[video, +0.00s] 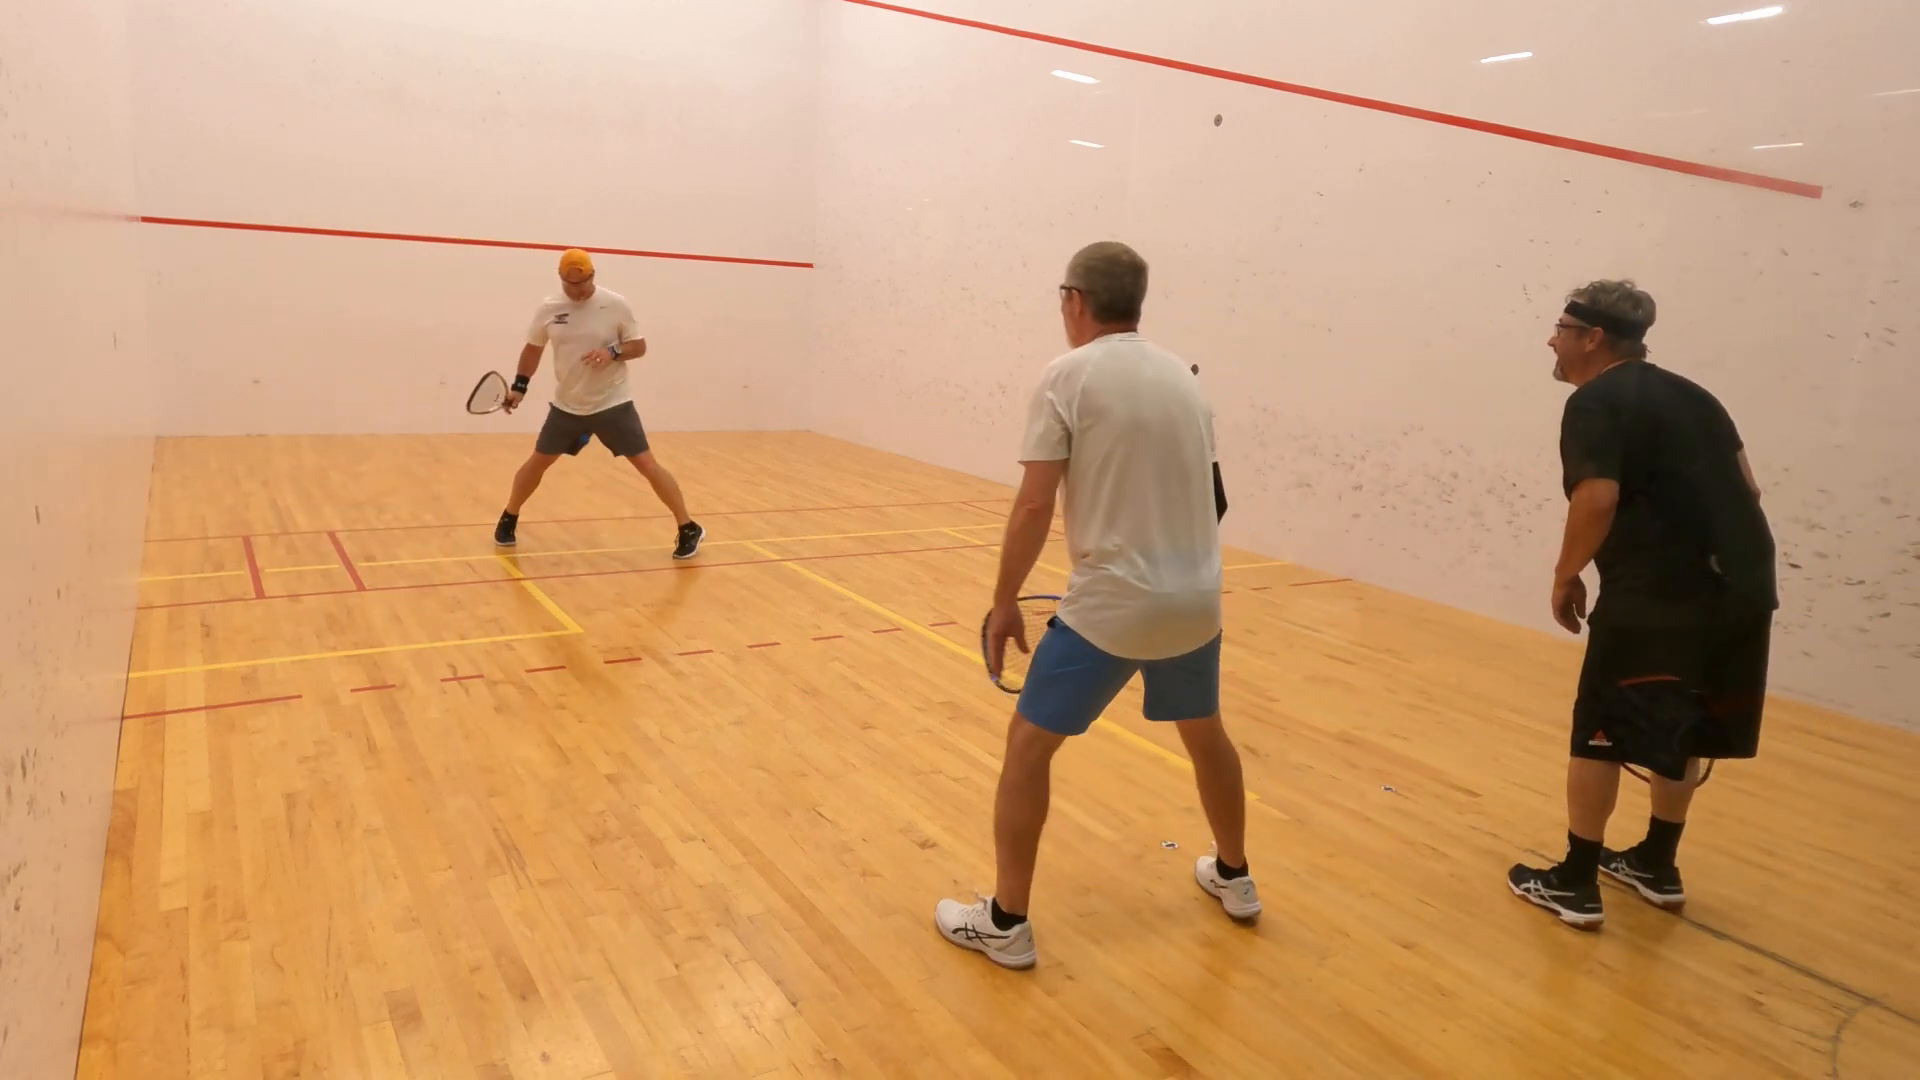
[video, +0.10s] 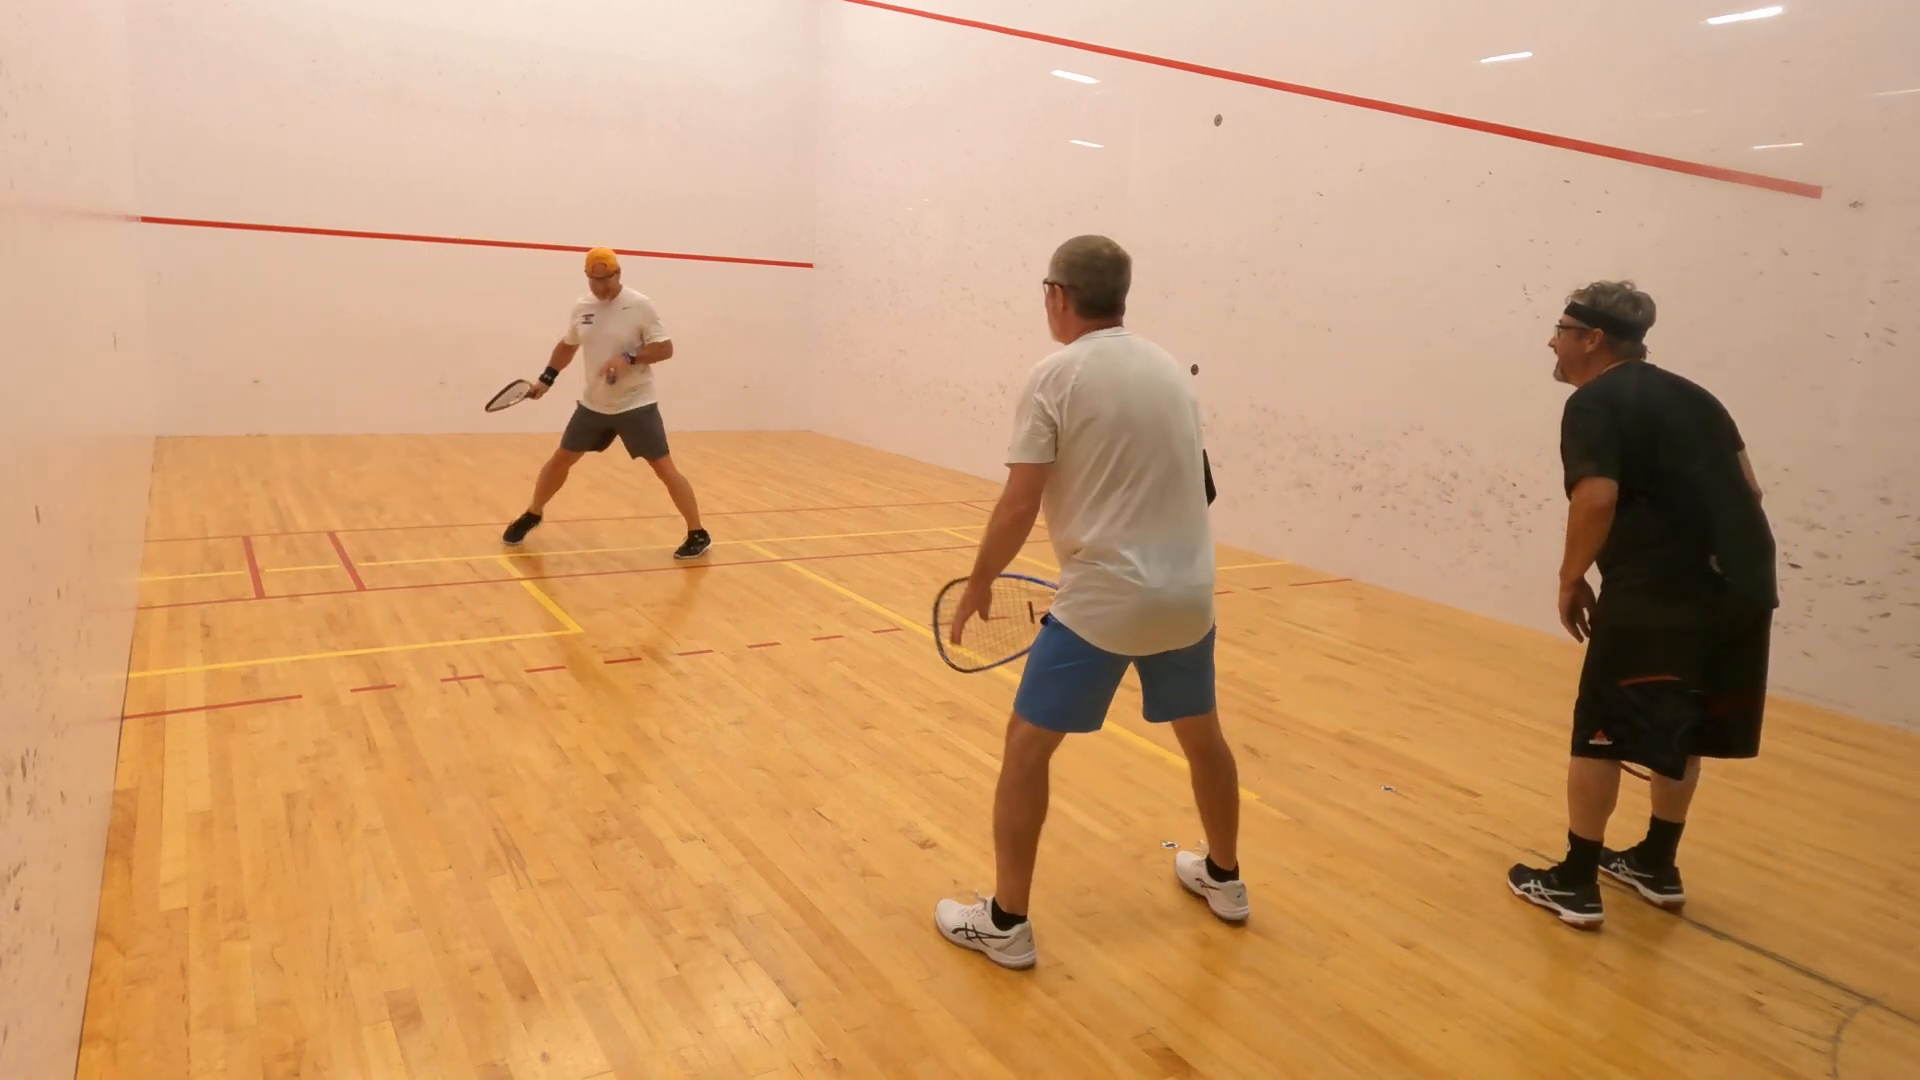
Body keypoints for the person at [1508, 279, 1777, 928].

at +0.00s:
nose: (1552, 340)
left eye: (1563, 330)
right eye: (1557, 328)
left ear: (1595, 339)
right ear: (1619, 342)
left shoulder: (1595, 401)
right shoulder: (1693, 397)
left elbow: (1596, 498)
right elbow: (1746, 492)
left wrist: (1566, 574)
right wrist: (1738, 579)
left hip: (1649, 599)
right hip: (1729, 601)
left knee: (1599, 726)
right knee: (1684, 724)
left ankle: (1577, 879)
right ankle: (1657, 862)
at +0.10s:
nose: (1552, 341)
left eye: (1563, 331)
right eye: (1557, 329)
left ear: (1595, 340)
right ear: (1619, 343)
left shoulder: (1593, 401)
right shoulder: (1694, 397)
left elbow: (1595, 497)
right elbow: (1747, 491)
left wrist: (1571, 578)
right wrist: (1738, 578)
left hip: (1651, 597)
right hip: (1730, 599)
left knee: (1599, 725)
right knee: (1682, 723)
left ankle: (1577, 878)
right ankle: (1657, 862)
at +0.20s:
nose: (1553, 340)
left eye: (1564, 330)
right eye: (1558, 328)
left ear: (1596, 340)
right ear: (1622, 343)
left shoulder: (1593, 403)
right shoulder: (1697, 398)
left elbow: (1596, 496)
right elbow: (1750, 491)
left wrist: (1578, 577)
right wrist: (1725, 574)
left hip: (1651, 594)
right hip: (1730, 598)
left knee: (1600, 724)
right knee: (1684, 722)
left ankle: (1577, 878)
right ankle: (1657, 862)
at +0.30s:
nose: (1555, 340)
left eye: (1566, 331)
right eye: (1560, 328)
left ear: (1597, 340)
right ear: (1622, 343)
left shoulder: (1594, 401)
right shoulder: (1699, 398)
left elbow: (1595, 492)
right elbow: (1751, 491)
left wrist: (1575, 568)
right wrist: (1727, 571)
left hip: (1654, 595)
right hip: (1735, 599)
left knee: (1600, 727)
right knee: (1685, 727)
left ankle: (1577, 878)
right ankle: (1657, 863)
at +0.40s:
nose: (1559, 340)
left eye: (1568, 330)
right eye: (1563, 328)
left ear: (1598, 338)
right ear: (1624, 341)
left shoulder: (1596, 400)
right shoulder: (1702, 397)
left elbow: (1592, 489)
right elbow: (1753, 493)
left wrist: (1570, 556)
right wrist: (1716, 563)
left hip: (1652, 593)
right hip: (1733, 598)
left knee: (1601, 721)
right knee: (1679, 723)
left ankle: (1578, 878)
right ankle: (1658, 864)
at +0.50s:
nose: (1564, 335)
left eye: (1574, 325)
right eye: (1569, 323)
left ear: (1605, 334)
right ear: (1629, 337)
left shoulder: (1598, 397)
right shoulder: (1709, 396)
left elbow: (1591, 485)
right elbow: (1755, 491)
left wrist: (1566, 551)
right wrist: (1721, 564)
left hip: (1644, 591)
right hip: (1727, 598)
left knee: (1601, 722)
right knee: (1678, 723)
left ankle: (1578, 878)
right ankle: (1659, 863)